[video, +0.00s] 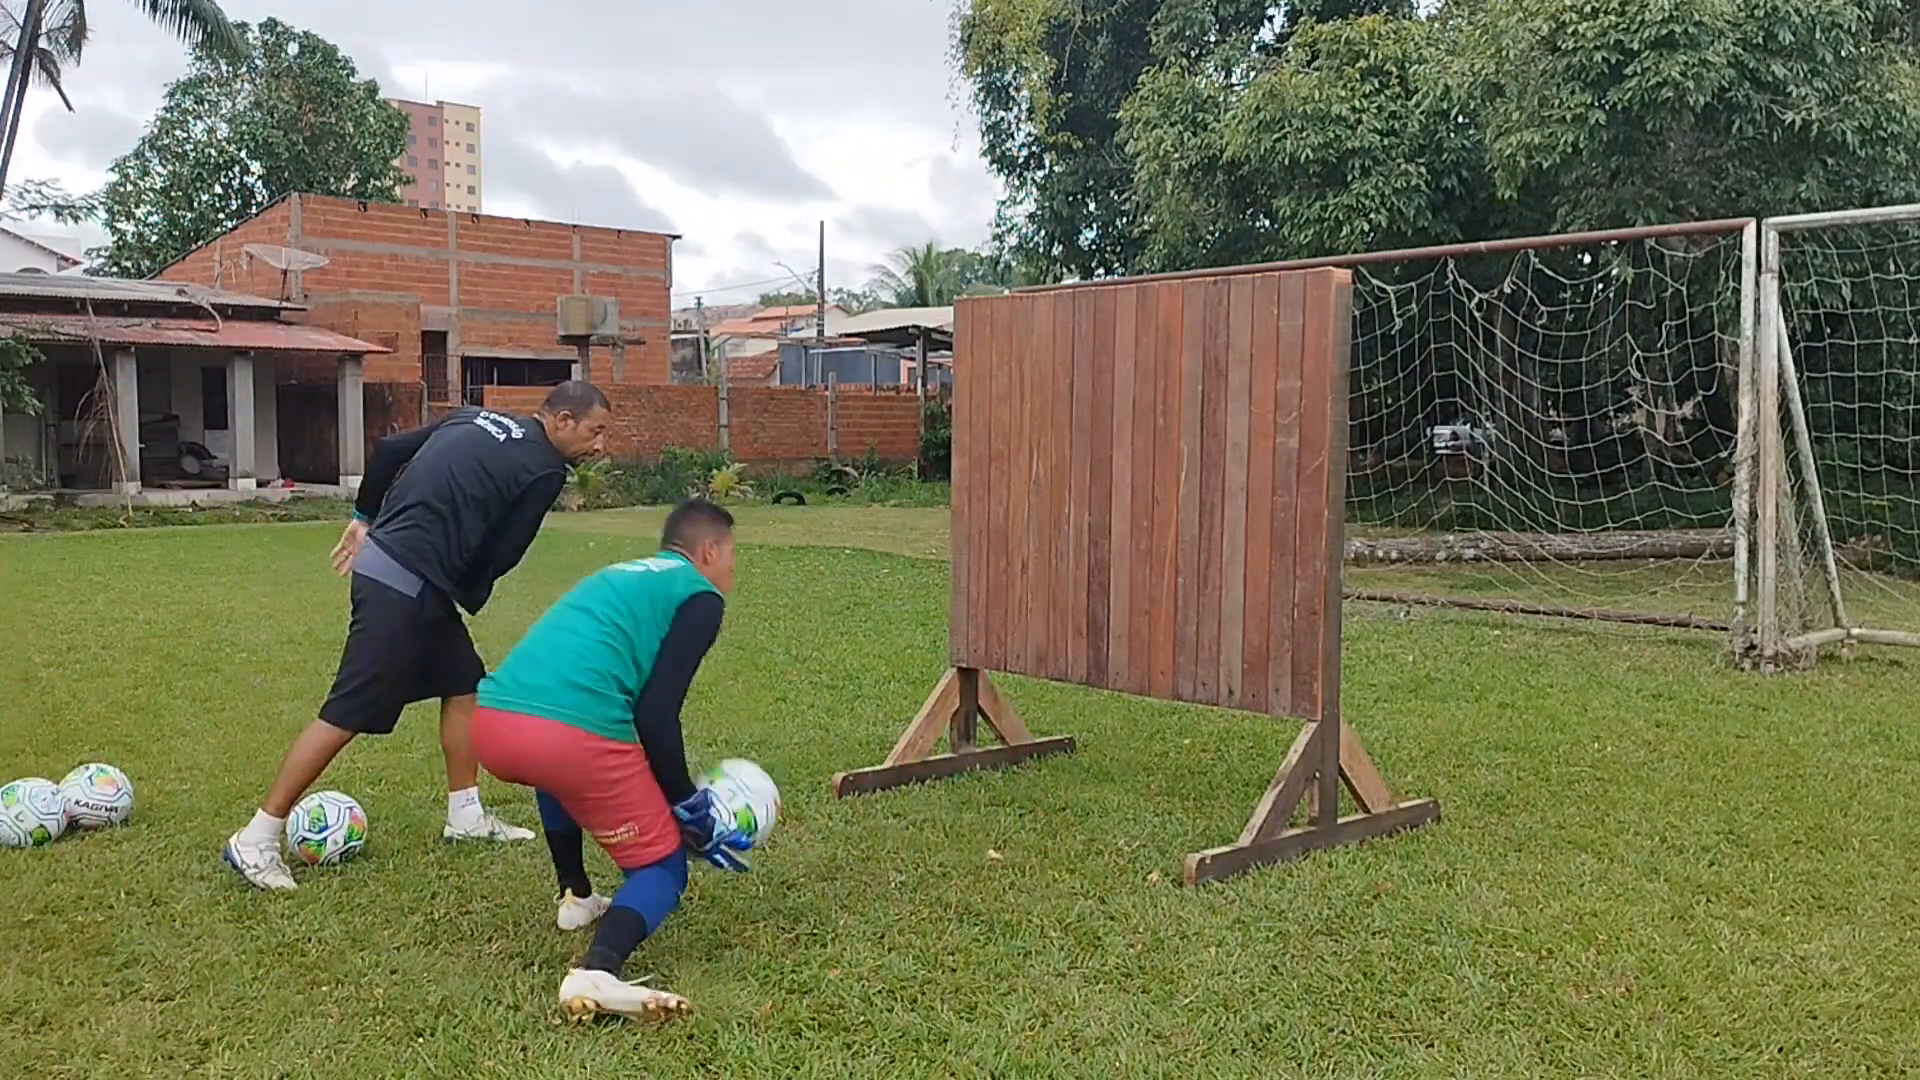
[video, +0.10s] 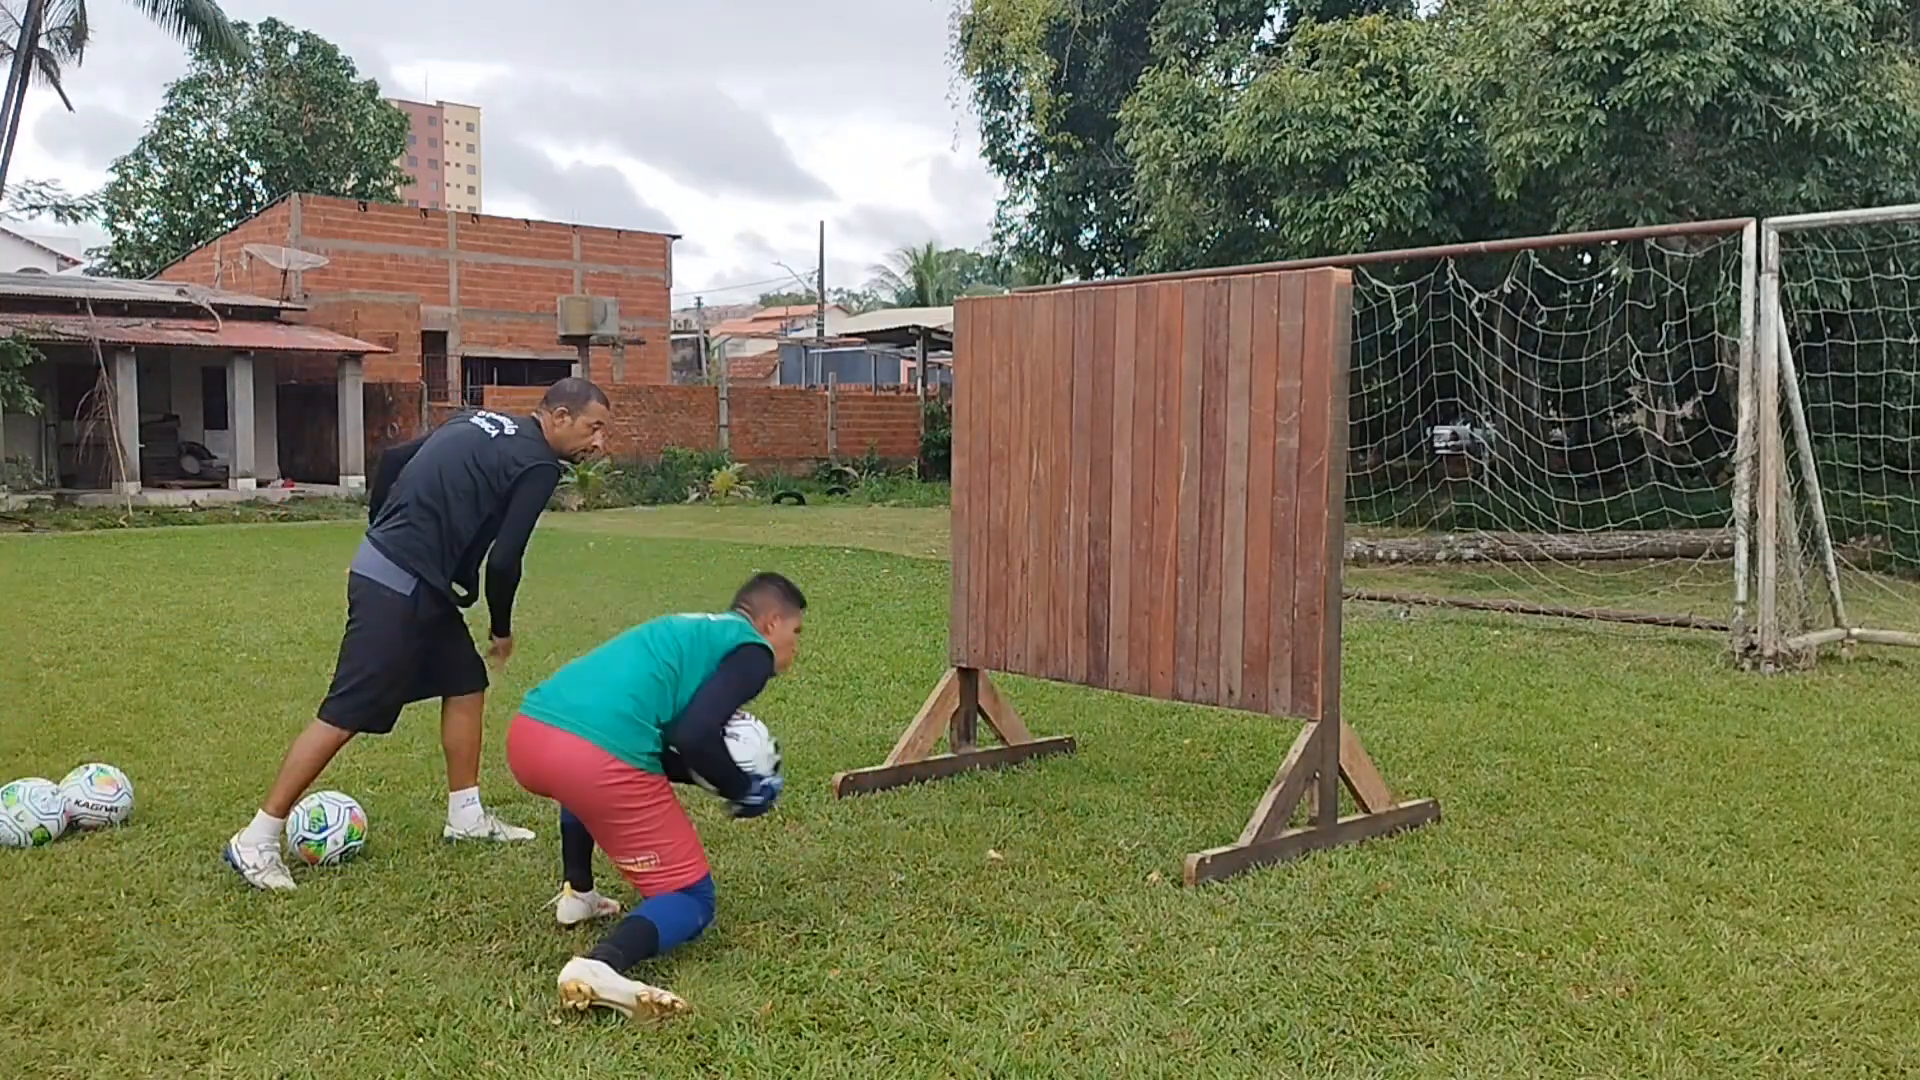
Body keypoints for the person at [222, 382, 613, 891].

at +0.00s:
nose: (599, 446)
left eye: (603, 435)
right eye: (594, 433)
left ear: (553, 418)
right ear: (560, 420)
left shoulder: (474, 418)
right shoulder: (546, 468)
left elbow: (390, 448)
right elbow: (502, 552)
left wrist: (363, 517)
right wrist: (464, 592)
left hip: (383, 563)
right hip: (402, 583)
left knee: (463, 681)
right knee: (349, 711)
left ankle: (467, 817)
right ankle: (257, 839)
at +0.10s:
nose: (598, 442)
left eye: (602, 431)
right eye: (593, 428)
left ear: (552, 416)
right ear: (557, 416)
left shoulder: (480, 421)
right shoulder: (539, 463)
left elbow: (391, 458)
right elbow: (503, 559)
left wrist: (385, 533)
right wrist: (501, 628)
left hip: (417, 585)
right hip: (396, 582)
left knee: (466, 682)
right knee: (347, 711)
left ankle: (466, 818)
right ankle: (257, 839)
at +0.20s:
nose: (593, 434)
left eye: (597, 423)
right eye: (588, 421)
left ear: (546, 412)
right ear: (551, 411)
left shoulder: (486, 422)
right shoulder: (527, 458)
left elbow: (406, 472)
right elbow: (502, 550)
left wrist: (412, 549)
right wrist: (531, 638)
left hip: (421, 586)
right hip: (391, 581)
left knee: (467, 682)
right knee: (343, 710)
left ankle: (466, 818)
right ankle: (256, 840)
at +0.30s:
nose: (586, 424)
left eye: (589, 412)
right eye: (579, 411)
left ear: (536, 405)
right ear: (540, 403)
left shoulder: (482, 421)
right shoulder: (516, 449)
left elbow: (413, 486)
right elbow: (492, 540)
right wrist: (536, 625)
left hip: (424, 589)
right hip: (386, 582)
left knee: (466, 684)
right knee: (343, 711)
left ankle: (466, 818)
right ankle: (256, 841)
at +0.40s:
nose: (572, 409)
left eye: (575, 399)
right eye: (566, 397)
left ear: (521, 396)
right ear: (526, 394)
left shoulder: (475, 418)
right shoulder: (498, 439)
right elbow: (474, 529)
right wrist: (521, 613)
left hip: (426, 588)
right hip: (383, 583)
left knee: (464, 687)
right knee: (342, 711)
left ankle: (466, 818)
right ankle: (256, 841)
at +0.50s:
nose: (557, 394)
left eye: (558, 384)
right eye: (548, 383)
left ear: (506, 382)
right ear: (508, 380)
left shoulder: (463, 414)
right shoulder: (478, 432)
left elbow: (424, 506)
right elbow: (447, 522)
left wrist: (475, 550)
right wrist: (494, 606)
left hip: (421, 584)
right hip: (379, 582)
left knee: (462, 688)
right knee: (339, 712)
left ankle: (466, 818)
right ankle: (257, 841)